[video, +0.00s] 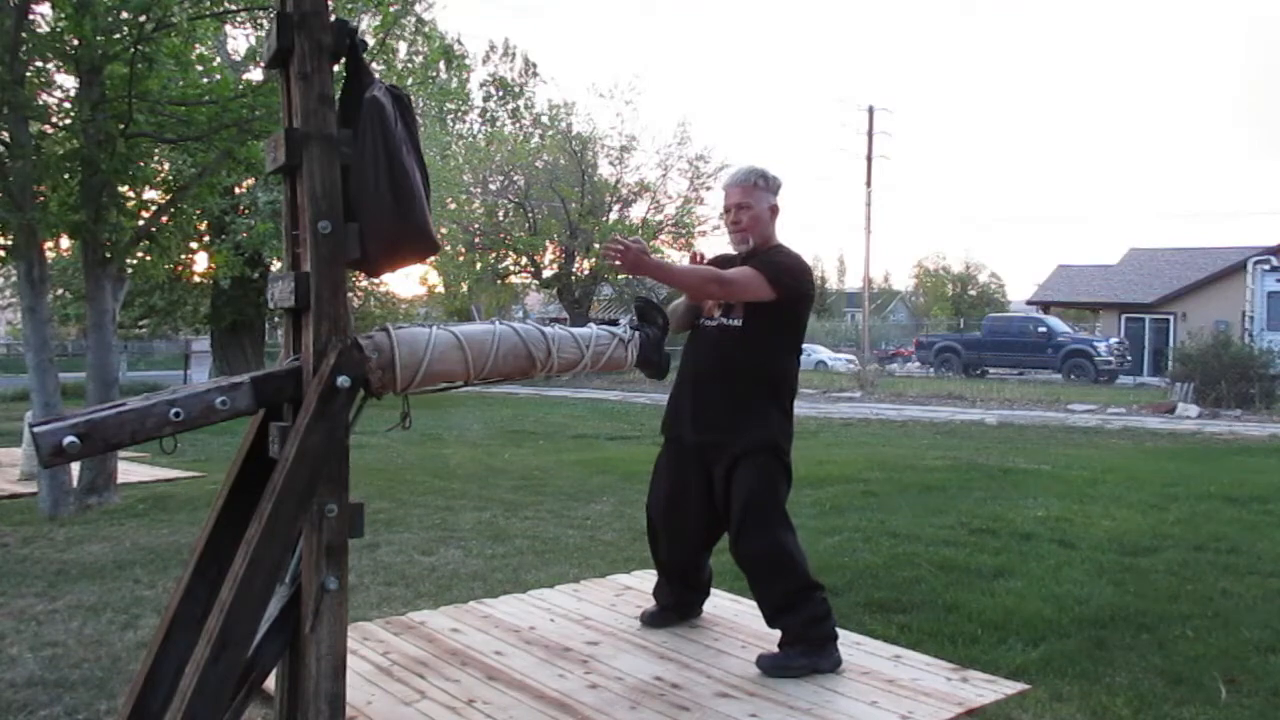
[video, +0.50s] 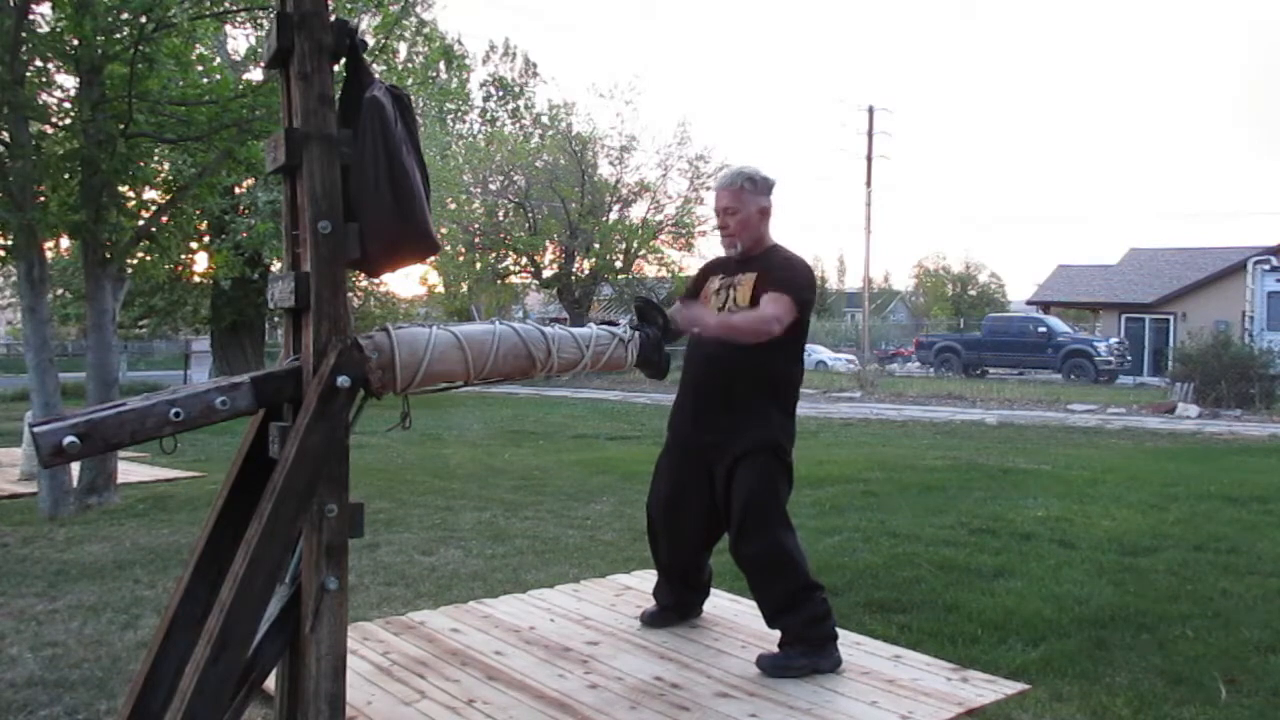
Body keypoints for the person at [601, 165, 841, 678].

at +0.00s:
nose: (735, 219)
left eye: (745, 209)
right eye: (729, 210)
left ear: (773, 210)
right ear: (723, 216)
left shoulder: (788, 270)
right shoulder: (714, 268)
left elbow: (719, 284)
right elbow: (672, 324)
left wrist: (650, 267)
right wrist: (692, 289)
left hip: (754, 431)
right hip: (692, 424)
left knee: (759, 536)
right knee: (672, 515)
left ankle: (813, 642)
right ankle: (680, 599)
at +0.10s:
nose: (734, 218)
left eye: (744, 208)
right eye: (728, 210)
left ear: (772, 210)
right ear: (722, 215)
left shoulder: (787, 269)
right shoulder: (714, 268)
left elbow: (719, 285)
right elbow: (672, 323)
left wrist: (650, 267)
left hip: (754, 430)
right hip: (692, 423)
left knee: (760, 536)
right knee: (671, 514)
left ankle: (813, 642)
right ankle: (680, 599)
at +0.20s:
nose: (733, 219)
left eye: (742, 209)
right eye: (727, 210)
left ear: (770, 210)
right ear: (721, 215)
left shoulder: (787, 269)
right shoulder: (714, 269)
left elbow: (719, 285)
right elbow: (672, 323)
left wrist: (650, 267)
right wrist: (691, 283)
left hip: (753, 430)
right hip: (692, 423)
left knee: (760, 536)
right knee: (671, 514)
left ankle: (813, 642)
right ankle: (680, 599)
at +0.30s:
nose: (729, 221)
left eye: (739, 211)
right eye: (724, 212)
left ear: (769, 211)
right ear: (719, 215)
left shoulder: (788, 269)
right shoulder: (711, 269)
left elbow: (726, 288)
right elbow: (674, 319)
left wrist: (657, 263)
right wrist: (677, 301)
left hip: (753, 430)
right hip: (691, 423)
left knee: (760, 536)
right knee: (671, 514)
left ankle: (813, 642)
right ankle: (680, 599)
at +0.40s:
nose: (726, 222)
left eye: (737, 212)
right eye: (721, 213)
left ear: (767, 212)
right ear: (718, 214)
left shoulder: (787, 270)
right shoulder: (713, 273)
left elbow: (748, 304)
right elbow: (676, 317)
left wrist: (686, 284)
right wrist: (643, 305)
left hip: (754, 429)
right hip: (692, 424)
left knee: (759, 534)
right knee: (671, 513)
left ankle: (813, 641)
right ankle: (680, 598)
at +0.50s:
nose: (723, 222)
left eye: (734, 213)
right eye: (719, 212)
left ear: (766, 212)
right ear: (717, 213)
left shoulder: (790, 270)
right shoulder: (709, 274)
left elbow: (768, 323)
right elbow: (682, 318)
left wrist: (700, 320)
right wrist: (656, 324)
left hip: (757, 428)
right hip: (694, 423)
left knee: (759, 533)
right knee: (670, 512)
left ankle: (813, 642)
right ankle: (680, 598)